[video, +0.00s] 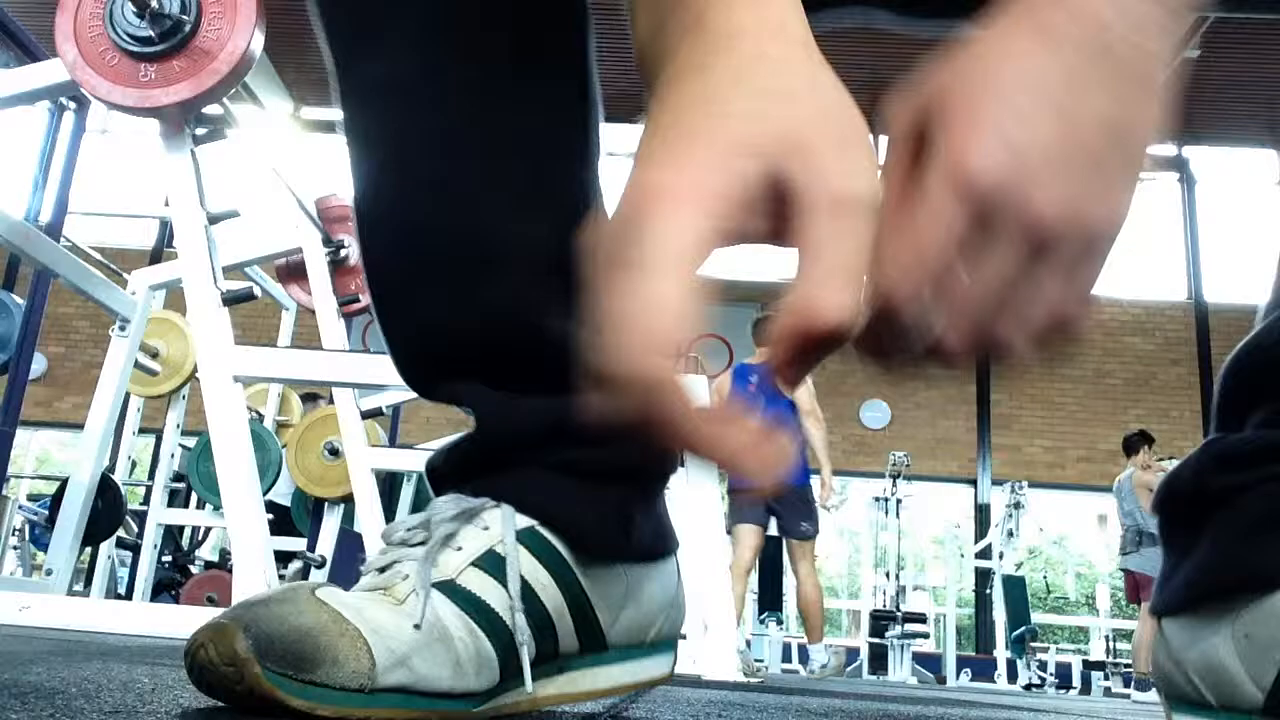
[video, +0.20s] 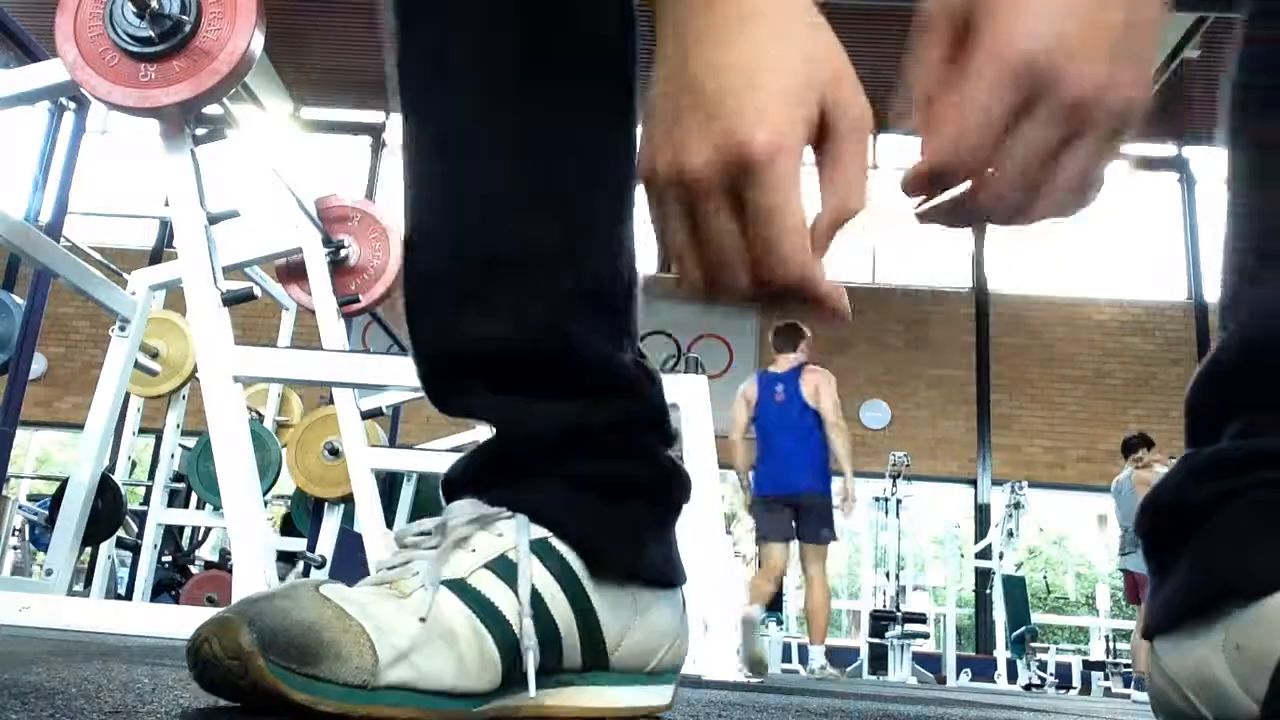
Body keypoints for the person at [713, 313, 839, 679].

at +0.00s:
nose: (791, 344)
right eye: (787, 336)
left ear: (754, 338)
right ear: (782, 338)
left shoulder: (729, 378)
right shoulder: (794, 373)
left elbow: (714, 428)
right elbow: (812, 419)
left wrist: (725, 463)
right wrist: (826, 472)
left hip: (744, 482)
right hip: (791, 483)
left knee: (741, 564)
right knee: (805, 568)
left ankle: (728, 646)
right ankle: (818, 657)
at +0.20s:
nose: (811, 349)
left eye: (809, 344)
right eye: (809, 344)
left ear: (774, 348)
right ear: (802, 346)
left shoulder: (751, 386)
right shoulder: (819, 378)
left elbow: (737, 443)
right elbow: (835, 426)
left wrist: (746, 482)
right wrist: (848, 475)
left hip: (769, 488)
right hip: (812, 489)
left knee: (771, 567)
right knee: (815, 572)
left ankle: (751, 612)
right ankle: (817, 659)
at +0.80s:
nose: (776, 389)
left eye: (776, 384)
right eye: (776, 384)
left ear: (783, 382)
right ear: (807, 382)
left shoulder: (772, 416)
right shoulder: (830, 413)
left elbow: (758, 469)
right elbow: (846, 462)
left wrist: (754, 512)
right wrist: (849, 504)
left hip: (784, 513)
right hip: (821, 513)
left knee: (790, 584)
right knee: (821, 582)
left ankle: (799, 658)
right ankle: (830, 638)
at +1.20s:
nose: (762, 405)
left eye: (764, 399)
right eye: (762, 400)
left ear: (780, 399)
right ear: (790, 401)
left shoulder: (771, 428)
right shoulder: (819, 437)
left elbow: (756, 471)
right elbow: (826, 485)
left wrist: (740, 506)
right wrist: (826, 526)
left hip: (773, 519)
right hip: (802, 522)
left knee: (785, 587)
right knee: (788, 587)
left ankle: (800, 654)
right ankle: (780, 653)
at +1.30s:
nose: (760, 406)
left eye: (763, 400)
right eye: (760, 401)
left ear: (778, 401)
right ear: (785, 403)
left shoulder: (771, 430)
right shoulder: (811, 437)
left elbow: (758, 476)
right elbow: (815, 489)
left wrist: (738, 514)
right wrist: (813, 531)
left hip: (770, 519)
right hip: (795, 523)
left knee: (776, 589)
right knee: (777, 589)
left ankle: (799, 647)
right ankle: (781, 654)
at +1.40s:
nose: (755, 406)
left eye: (759, 400)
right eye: (756, 400)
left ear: (774, 402)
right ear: (780, 404)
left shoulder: (769, 430)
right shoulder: (799, 436)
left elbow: (760, 474)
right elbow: (801, 484)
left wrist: (743, 513)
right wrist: (793, 513)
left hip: (768, 516)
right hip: (790, 518)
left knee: (755, 581)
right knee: (777, 583)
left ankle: (790, 631)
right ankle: (786, 656)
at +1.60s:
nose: (742, 407)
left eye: (746, 402)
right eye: (743, 402)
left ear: (763, 405)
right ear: (766, 408)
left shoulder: (762, 432)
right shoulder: (780, 435)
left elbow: (760, 474)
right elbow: (777, 482)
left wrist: (746, 511)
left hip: (757, 518)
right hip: (776, 520)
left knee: (730, 574)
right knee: (772, 583)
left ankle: (751, 638)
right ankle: (781, 653)